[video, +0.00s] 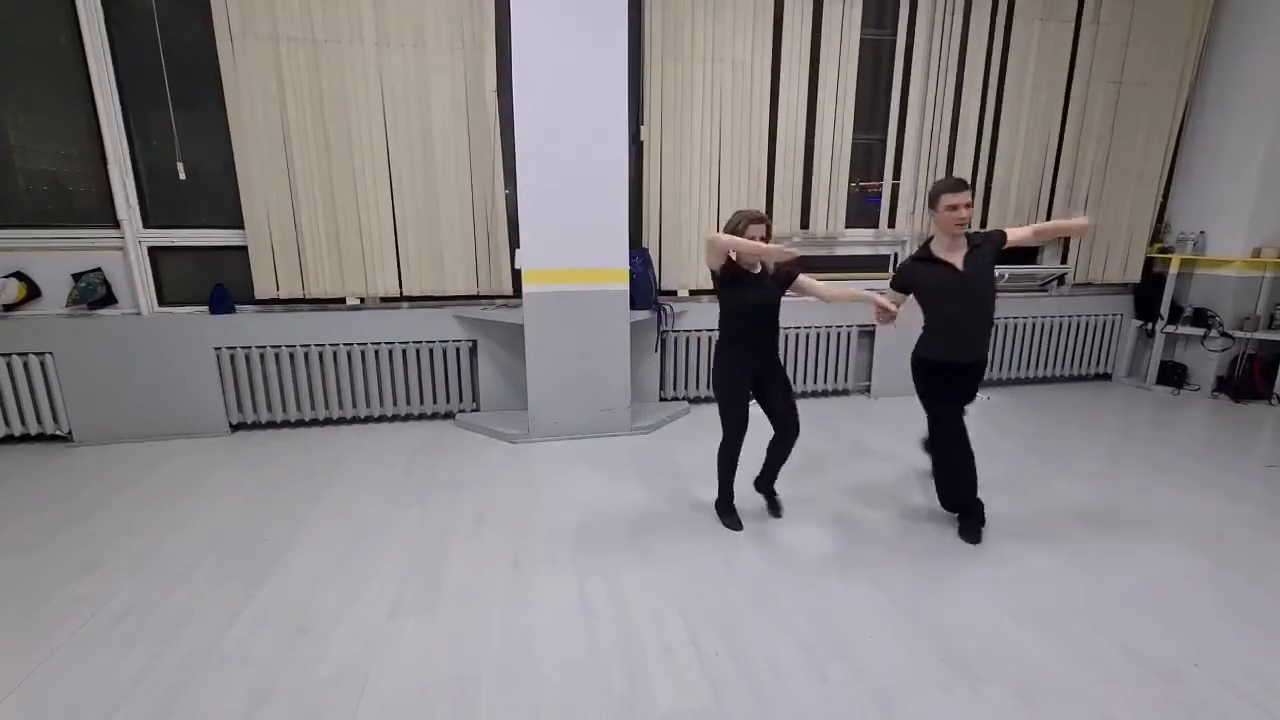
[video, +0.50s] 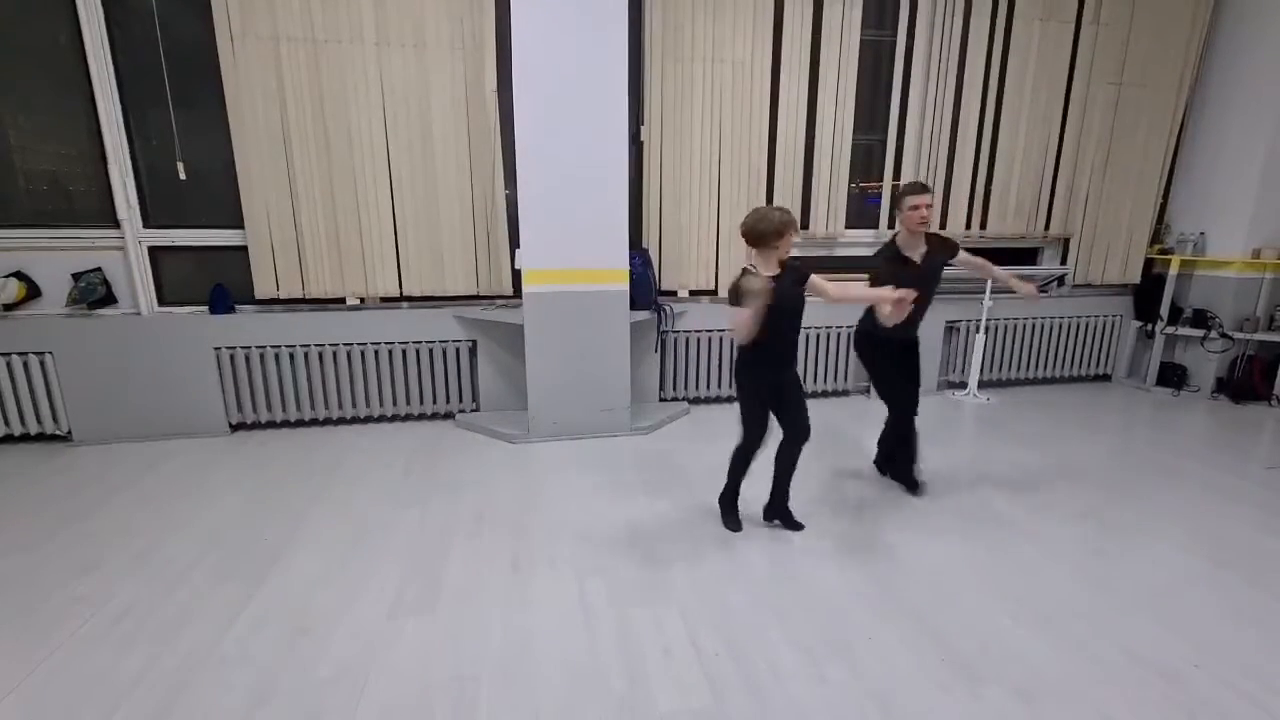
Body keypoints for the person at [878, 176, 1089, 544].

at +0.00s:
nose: (962, 214)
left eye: (967, 207)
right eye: (952, 208)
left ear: (972, 209)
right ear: (932, 213)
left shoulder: (986, 244)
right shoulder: (914, 268)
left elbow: (1034, 233)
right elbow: (886, 312)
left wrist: (1073, 225)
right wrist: (882, 311)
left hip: (973, 361)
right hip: (933, 363)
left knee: (954, 411)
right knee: (952, 433)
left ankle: (935, 442)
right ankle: (967, 509)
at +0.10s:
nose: (969, 214)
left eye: (973, 207)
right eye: (960, 208)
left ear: (977, 211)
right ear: (940, 214)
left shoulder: (981, 245)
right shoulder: (925, 265)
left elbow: (1006, 245)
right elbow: (888, 316)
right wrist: (884, 305)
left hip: (971, 357)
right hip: (936, 359)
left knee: (931, 402)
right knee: (957, 430)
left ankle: (895, 433)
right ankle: (970, 509)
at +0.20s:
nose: (967, 212)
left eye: (971, 205)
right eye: (958, 206)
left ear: (975, 209)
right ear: (937, 212)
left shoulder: (973, 250)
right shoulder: (930, 259)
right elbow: (912, 302)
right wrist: (899, 299)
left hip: (960, 352)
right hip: (930, 353)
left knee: (919, 406)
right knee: (952, 431)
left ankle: (883, 446)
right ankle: (970, 511)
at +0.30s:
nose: (960, 209)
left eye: (964, 203)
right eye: (950, 203)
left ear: (967, 207)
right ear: (931, 209)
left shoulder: (958, 244)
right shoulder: (927, 253)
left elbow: (956, 274)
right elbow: (923, 285)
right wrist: (914, 287)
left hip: (942, 343)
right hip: (915, 345)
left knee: (918, 407)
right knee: (936, 428)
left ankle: (886, 453)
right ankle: (965, 509)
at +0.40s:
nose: (945, 212)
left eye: (948, 206)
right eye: (935, 207)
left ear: (952, 209)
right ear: (917, 214)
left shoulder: (951, 242)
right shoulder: (908, 257)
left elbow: (972, 248)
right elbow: (917, 307)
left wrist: (992, 255)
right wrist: (914, 282)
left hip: (923, 339)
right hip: (894, 341)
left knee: (914, 410)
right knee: (916, 419)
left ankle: (887, 457)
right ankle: (949, 496)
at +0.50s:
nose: (923, 214)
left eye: (928, 208)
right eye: (915, 209)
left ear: (932, 211)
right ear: (899, 214)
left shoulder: (939, 245)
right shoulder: (885, 260)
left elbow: (976, 264)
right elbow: (882, 316)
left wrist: (1014, 283)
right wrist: (892, 311)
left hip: (906, 335)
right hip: (873, 336)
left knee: (906, 403)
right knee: (901, 403)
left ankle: (886, 457)